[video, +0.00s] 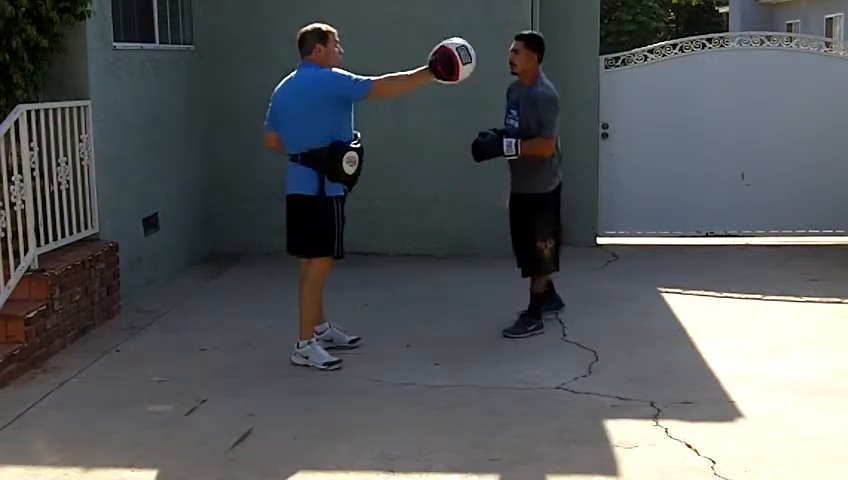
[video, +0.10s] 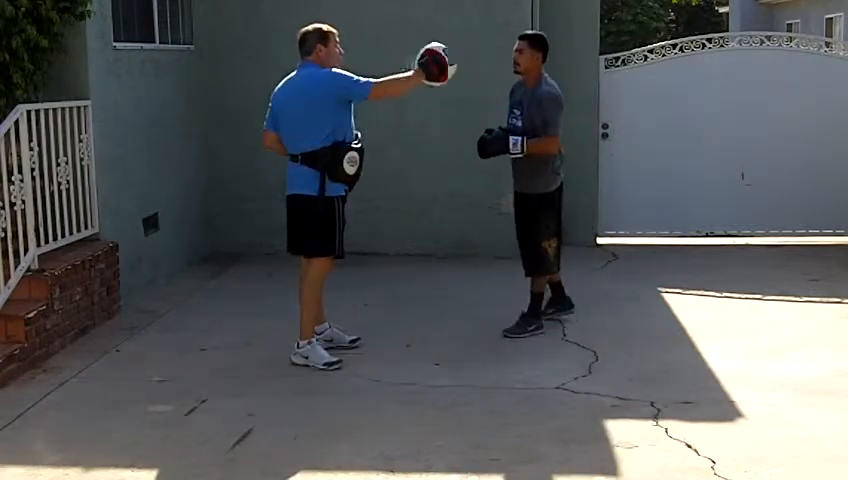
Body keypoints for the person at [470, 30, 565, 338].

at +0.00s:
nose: (510, 56)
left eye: (517, 52)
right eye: (511, 51)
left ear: (535, 58)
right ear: (514, 58)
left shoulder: (545, 95)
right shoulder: (514, 91)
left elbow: (546, 146)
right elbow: (517, 132)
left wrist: (504, 147)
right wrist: (495, 138)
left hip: (542, 187)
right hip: (522, 186)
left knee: (539, 249)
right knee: (527, 246)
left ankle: (534, 315)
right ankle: (548, 295)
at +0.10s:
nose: (514, 56)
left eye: (520, 52)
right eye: (515, 51)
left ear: (538, 57)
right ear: (521, 57)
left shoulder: (549, 94)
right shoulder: (517, 91)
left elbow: (552, 144)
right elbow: (520, 133)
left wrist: (511, 145)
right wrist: (500, 138)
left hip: (545, 186)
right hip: (524, 184)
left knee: (538, 248)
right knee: (537, 245)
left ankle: (533, 314)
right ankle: (559, 298)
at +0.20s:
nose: (517, 56)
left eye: (523, 52)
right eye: (517, 52)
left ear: (540, 57)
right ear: (525, 58)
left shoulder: (553, 94)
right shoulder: (520, 92)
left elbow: (558, 143)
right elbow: (517, 129)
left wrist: (519, 145)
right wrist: (501, 138)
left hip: (546, 186)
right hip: (528, 184)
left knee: (537, 249)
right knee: (546, 245)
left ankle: (533, 314)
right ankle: (562, 302)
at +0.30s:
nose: (520, 57)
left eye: (526, 53)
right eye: (520, 52)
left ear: (544, 58)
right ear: (526, 58)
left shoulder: (556, 94)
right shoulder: (524, 92)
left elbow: (562, 144)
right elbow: (519, 128)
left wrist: (524, 147)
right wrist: (506, 140)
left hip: (549, 186)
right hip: (532, 184)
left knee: (539, 249)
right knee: (554, 244)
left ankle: (533, 315)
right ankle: (564, 303)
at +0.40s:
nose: (521, 58)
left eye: (527, 53)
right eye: (521, 53)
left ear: (544, 58)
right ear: (531, 59)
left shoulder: (557, 94)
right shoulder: (528, 93)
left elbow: (565, 142)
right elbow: (526, 129)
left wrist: (528, 148)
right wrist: (511, 143)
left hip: (553, 186)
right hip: (536, 184)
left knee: (540, 249)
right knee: (555, 244)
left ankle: (533, 315)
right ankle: (564, 302)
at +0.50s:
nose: (523, 59)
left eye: (528, 54)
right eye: (523, 54)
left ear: (546, 58)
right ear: (534, 59)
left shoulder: (559, 93)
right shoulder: (532, 93)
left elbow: (566, 142)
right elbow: (530, 128)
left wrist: (529, 148)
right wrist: (516, 141)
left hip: (556, 186)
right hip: (539, 184)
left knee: (544, 250)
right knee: (556, 246)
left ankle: (534, 314)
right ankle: (564, 303)